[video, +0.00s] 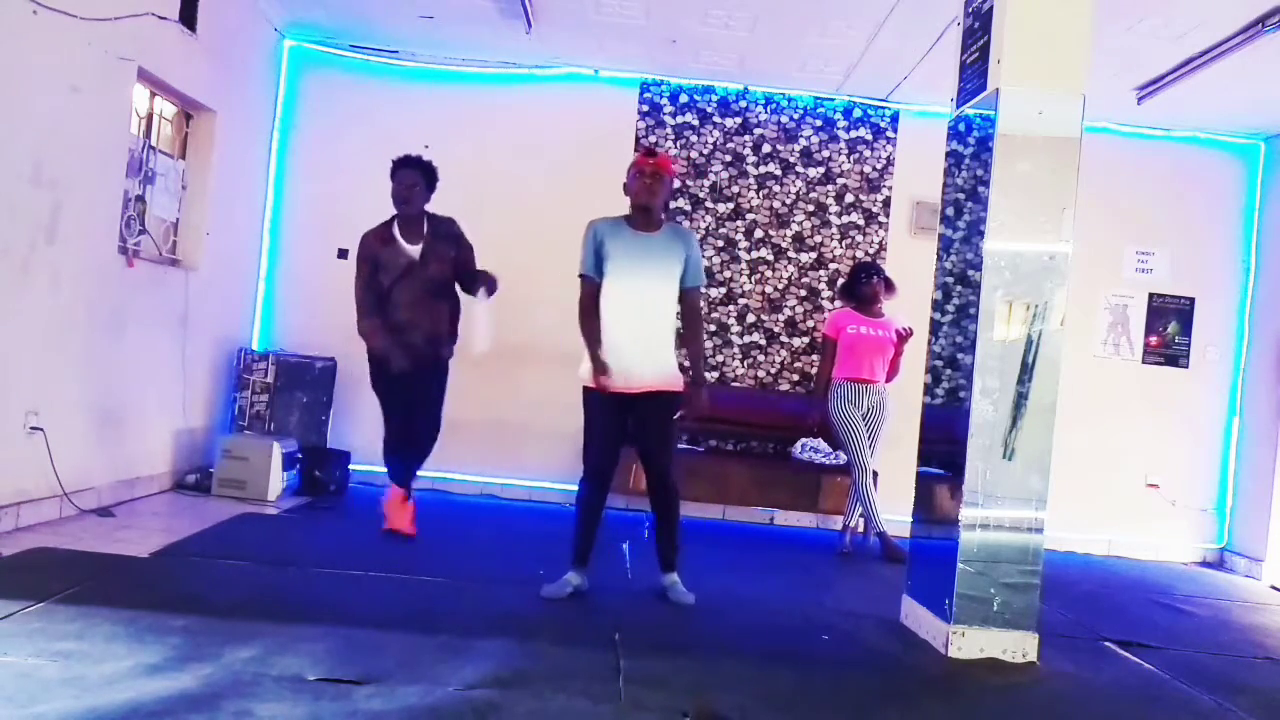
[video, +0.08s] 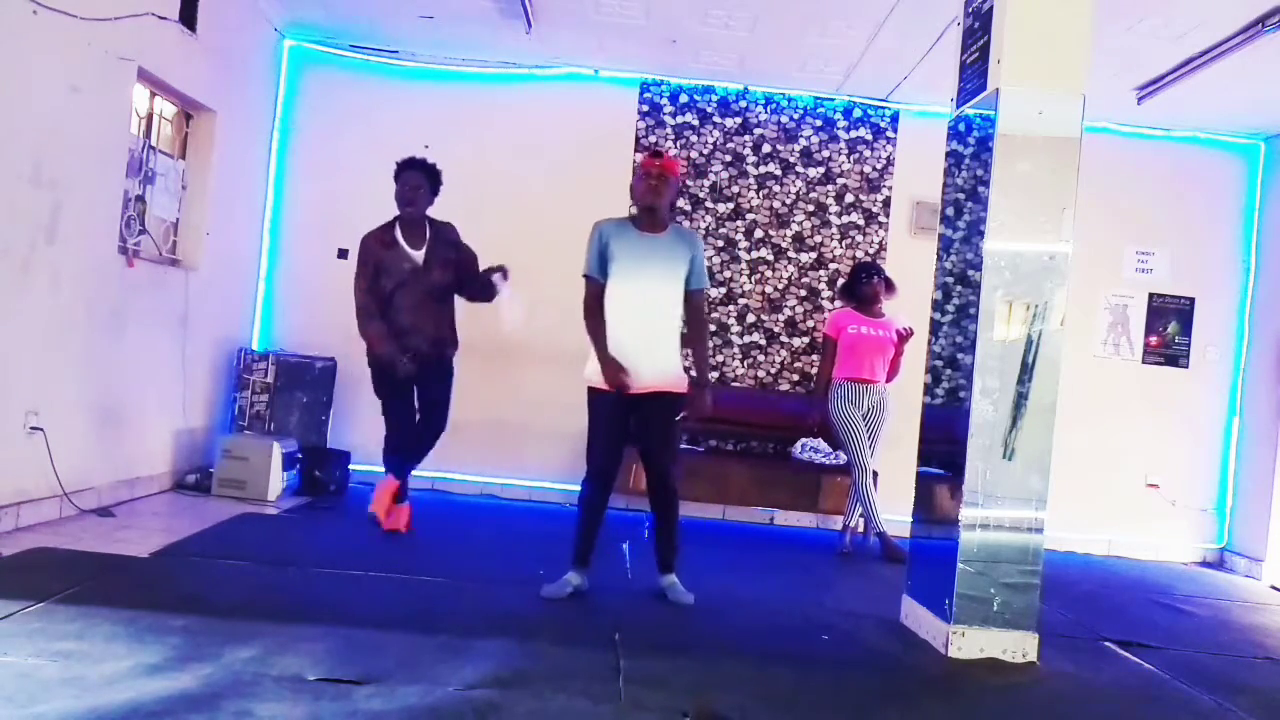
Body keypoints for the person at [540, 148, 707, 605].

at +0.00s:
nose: (644, 183)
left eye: (653, 177)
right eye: (638, 176)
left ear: (669, 189)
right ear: (626, 184)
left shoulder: (684, 241)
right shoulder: (601, 232)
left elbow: (692, 312)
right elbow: (588, 300)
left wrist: (698, 378)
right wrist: (595, 355)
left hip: (660, 385)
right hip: (608, 383)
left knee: (663, 482)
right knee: (595, 479)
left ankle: (670, 574)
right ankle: (577, 570)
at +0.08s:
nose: (644, 183)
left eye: (654, 178)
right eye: (640, 176)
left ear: (674, 189)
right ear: (632, 183)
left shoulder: (689, 244)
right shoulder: (606, 233)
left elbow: (697, 316)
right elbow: (593, 304)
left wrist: (702, 382)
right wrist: (606, 360)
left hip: (664, 385)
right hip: (611, 381)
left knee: (664, 483)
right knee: (598, 478)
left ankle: (668, 574)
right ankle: (577, 571)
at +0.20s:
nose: (659, 186)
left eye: (670, 181)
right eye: (656, 179)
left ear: (687, 193)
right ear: (648, 186)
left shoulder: (702, 249)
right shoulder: (621, 235)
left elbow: (710, 320)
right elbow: (604, 304)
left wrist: (712, 383)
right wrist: (609, 362)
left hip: (673, 387)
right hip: (621, 382)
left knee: (664, 483)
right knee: (603, 478)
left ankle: (666, 574)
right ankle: (578, 570)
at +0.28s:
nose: (674, 189)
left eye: (684, 184)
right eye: (669, 181)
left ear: (699, 196)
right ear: (658, 188)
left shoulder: (709, 250)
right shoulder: (627, 236)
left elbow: (716, 322)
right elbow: (610, 306)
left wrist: (717, 386)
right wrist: (605, 368)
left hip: (678, 387)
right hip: (626, 382)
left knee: (668, 484)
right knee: (606, 479)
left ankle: (668, 574)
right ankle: (578, 571)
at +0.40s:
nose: (688, 195)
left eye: (698, 190)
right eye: (684, 187)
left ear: (715, 203)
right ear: (673, 191)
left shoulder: (723, 255)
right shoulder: (640, 237)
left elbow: (726, 325)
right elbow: (619, 304)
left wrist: (725, 389)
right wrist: (596, 365)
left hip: (685, 388)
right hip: (632, 382)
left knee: (673, 484)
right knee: (610, 477)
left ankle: (668, 574)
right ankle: (580, 570)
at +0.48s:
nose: (695, 195)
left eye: (706, 191)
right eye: (692, 187)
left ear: (724, 206)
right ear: (682, 192)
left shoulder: (728, 256)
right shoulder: (646, 236)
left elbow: (730, 328)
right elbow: (622, 300)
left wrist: (727, 393)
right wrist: (595, 360)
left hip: (688, 388)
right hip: (634, 381)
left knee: (674, 484)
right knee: (611, 477)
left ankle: (668, 574)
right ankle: (584, 569)